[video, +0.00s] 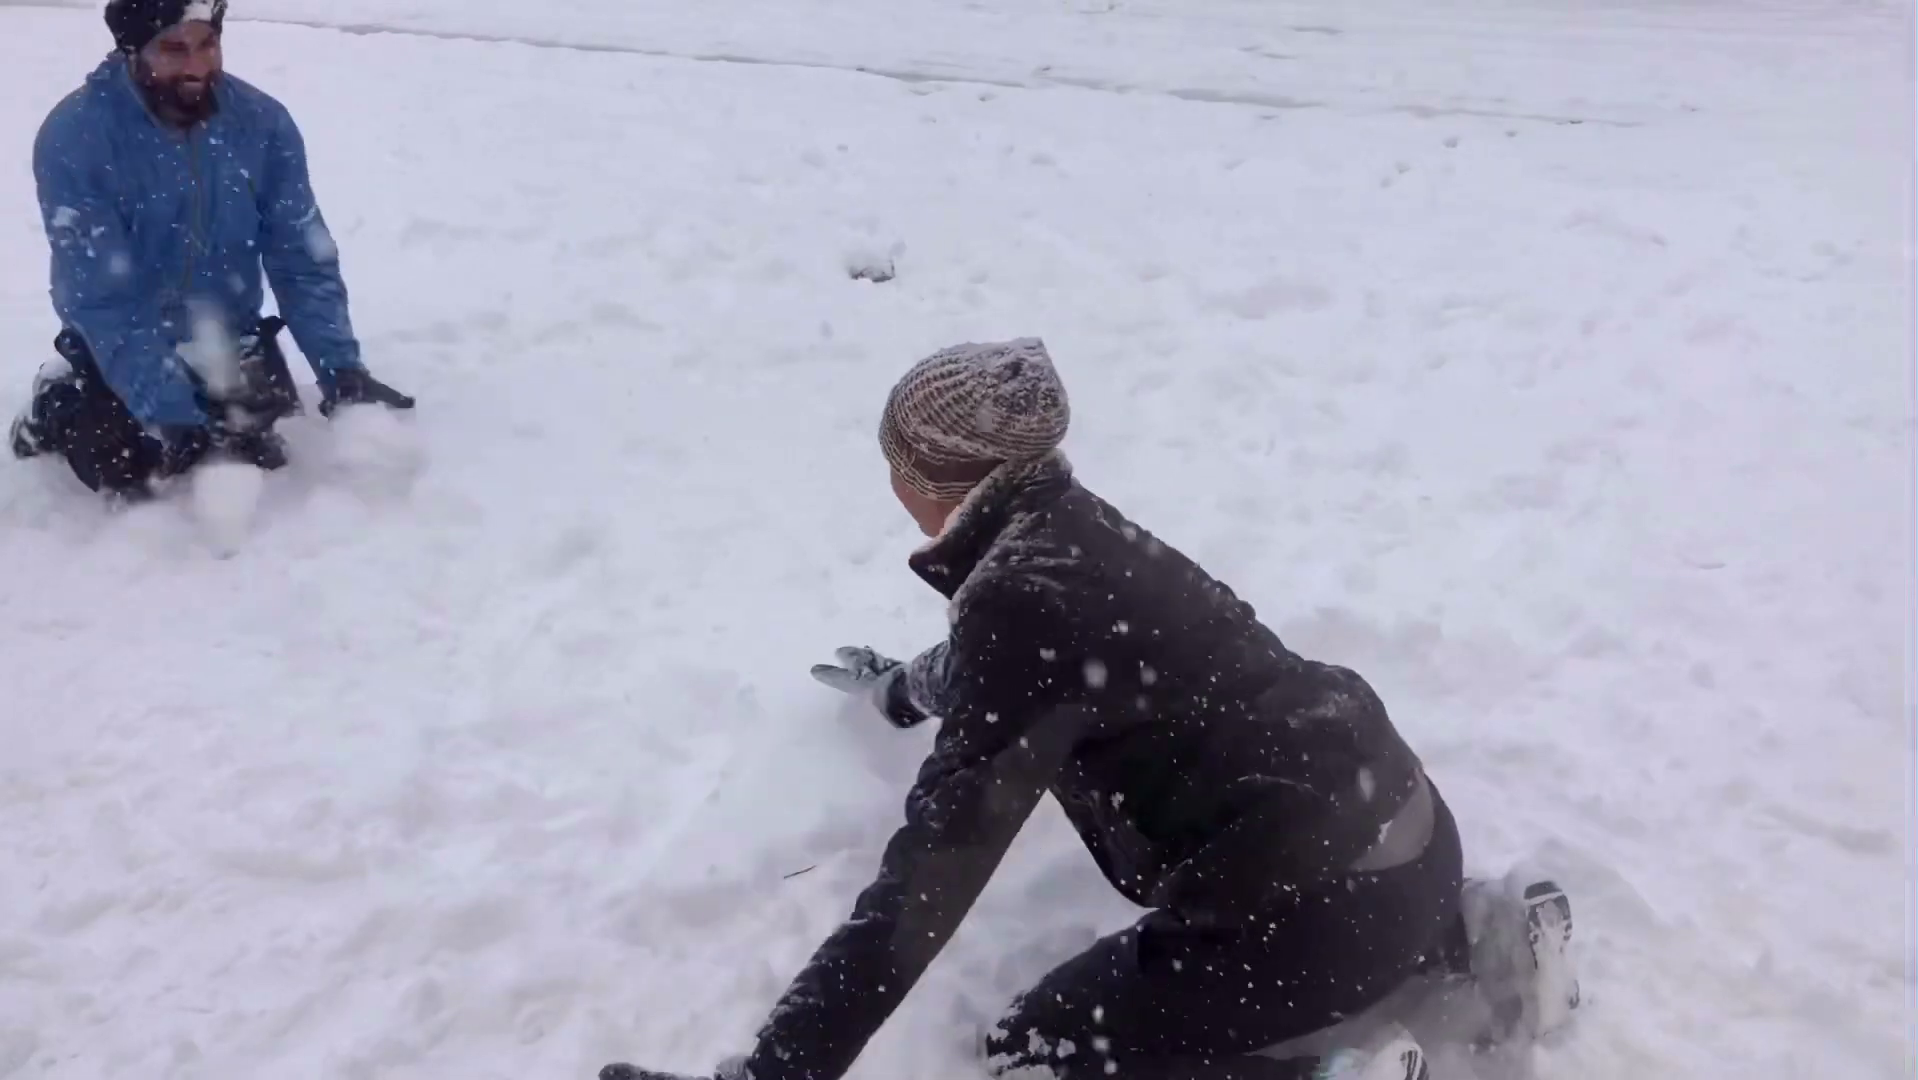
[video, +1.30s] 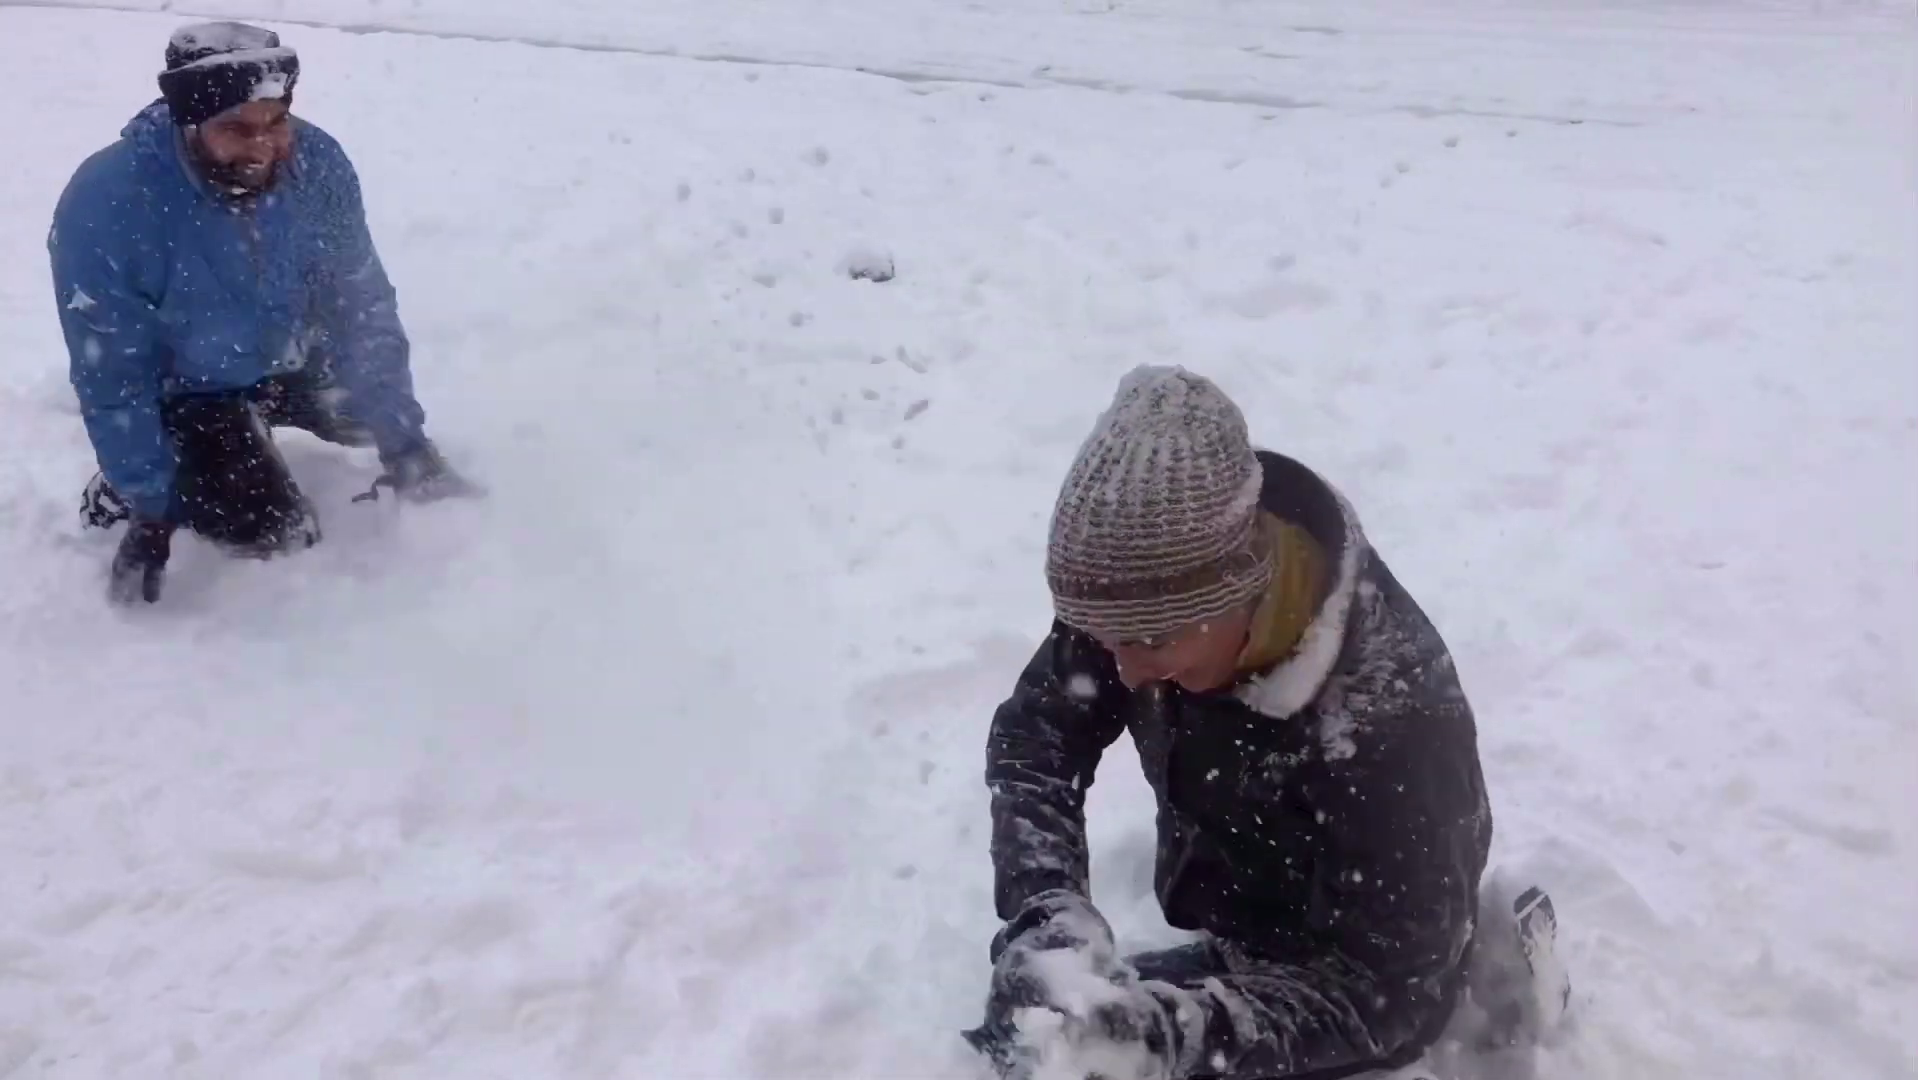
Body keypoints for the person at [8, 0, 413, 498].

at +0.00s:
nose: (197, 67)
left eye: (207, 45)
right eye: (175, 50)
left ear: (221, 40)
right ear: (134, 51)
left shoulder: (262, 124)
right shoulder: (76, 136)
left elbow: (304, 262)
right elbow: (99, 300)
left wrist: (343, 372)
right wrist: (180, 424)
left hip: (231, 331)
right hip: (128, 336)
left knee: (263, 420)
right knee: (139, 473)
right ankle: (60, 407)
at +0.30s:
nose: (205, 5)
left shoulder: (264, 57)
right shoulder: (79, 87)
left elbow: (330, 191)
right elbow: (97, 262)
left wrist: (391, 301)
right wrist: (134, 404)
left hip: (260, 315)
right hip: (160, 326)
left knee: (286, 442)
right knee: (201, 458)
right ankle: (92, 418)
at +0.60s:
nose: (218, 25)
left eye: (227, 4)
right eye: (194, 8)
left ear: (241, 4)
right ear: (149, 11)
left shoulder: (264, 74)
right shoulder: (101, 121)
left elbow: (321, 214)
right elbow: (103, 301)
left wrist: (368, 334)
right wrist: (123, 443)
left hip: (274, 344)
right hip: (185, 364)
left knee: (310, 481)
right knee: (273, 512)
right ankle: (141, 477)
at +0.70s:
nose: (226, 48)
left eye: (237, 25)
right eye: (202, 31)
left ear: (252, 17)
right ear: (156, 34)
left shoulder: (262, 86)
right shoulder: (116, 141)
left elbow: (312, 222)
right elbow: (128, 321)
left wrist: (362, 339)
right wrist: (136, 474)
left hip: (275, 360)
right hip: (195, 392)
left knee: (313, 477)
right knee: (273, 530)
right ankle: (142, 488)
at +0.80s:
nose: (237, 81)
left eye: (248, 57)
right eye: (212, 62)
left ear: (261, 49)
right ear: (165, 63)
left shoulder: (268, 104)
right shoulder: (121, 164)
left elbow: (312, 233)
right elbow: (154, 363)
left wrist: (364, 345)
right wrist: (202, 518)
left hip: (268, 358)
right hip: (195, 390)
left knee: (309, 471)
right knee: (283, 533)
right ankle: (147, 477)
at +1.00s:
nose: (249, 131)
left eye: (261, 106)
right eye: (225, 111)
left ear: (275, 94)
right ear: (180, 108)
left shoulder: (295, 148)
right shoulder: (104, 193)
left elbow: (333, 281)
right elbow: (127, 383)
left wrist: (376, 397)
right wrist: (218, 479)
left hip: (279, 377)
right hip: (176, 397)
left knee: (304, 453)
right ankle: (133, 491)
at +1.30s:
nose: (265, 148)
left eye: (276, 124)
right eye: (241, 130)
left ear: (288, 109)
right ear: (191, 124)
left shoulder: (316, 164)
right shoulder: (106, 207)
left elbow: (364, 306)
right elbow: (111, 379)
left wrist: (406, 445)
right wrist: (149, 511)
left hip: (290, 358)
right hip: (184, 390)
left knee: (376, 418)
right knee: (277, 529)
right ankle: (137, 498)